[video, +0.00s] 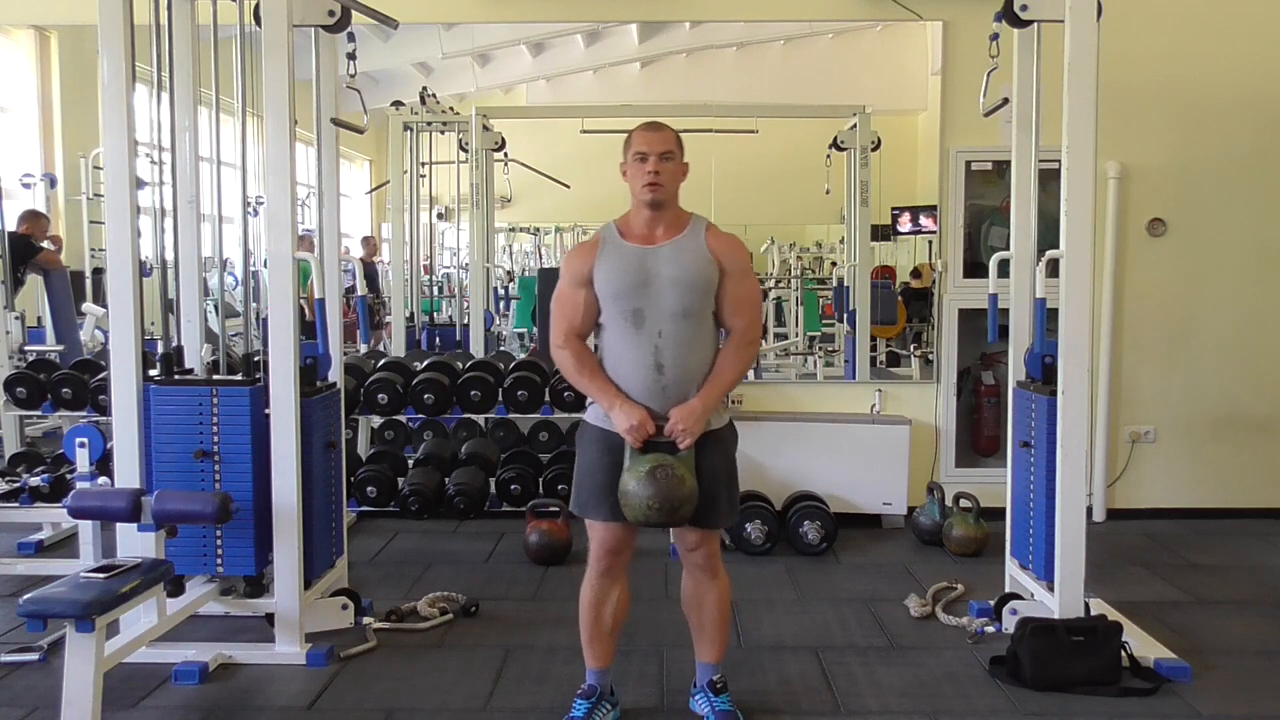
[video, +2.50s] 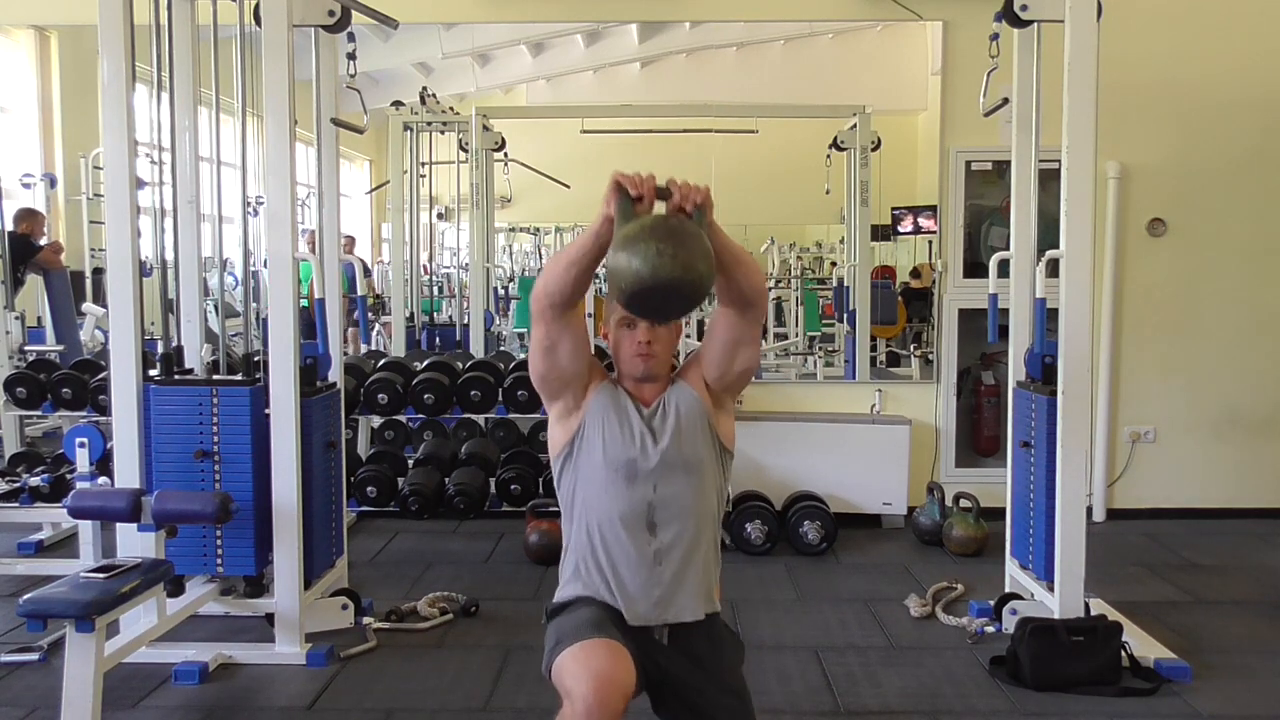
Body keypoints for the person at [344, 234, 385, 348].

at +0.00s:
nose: (376, 247)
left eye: (376, 245)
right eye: (374, 245)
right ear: (365, 247)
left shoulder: (373, 263)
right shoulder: (359, 264)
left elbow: (376, 282)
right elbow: (356, 283)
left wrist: (379, 298)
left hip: (376, 299)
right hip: (364, 300)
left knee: (379, 333)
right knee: (366, 334)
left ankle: (371, 355)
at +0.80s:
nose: (390, 248)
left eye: (390, 245)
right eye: (388, 245)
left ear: (383, 246)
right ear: (381, 247)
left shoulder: (389, 265)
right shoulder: (372, 266)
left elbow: (392, 285)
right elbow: (371, 288)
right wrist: (377, 307)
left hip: (390, 303)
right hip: (379, 304)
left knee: (388, 335)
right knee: (375, 336)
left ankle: (388, 358)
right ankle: (370, 358)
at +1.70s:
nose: (377, 248)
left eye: (380, 245)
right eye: (374, 245)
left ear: (383, 247)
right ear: (370, 247)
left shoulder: (390, 265)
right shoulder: (363, 265)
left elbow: (396, 286)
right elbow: (360, 289)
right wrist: (366, 308)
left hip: (386, 303)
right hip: (369, 303)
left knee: (386, 337)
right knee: (366, 337)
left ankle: (387, 364)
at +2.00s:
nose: (360, 248)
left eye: (363, 245)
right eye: (358, 245)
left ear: (369, 246)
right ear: (355, 247)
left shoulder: (377, 265)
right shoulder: (350, 266)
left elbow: (382, 286)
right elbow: (346, 288)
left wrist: (383, 304)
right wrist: (346, 309)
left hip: (372, 300)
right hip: (355, 301)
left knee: (378, 334)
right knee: (355, 336)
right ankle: (355, 361)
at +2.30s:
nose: (350, 248)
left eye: (353, 245)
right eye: (348, 245)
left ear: (358, 246)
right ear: (346, 246)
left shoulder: (367, 264)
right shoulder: (343, 264)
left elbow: (374, 285)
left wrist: (371, 305)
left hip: (363, 302)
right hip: (348, 302)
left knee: (366, 335)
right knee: (352, 335)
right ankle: (355, 360)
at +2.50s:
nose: (343, 248)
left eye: (346, 245)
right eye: (342, 245)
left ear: (353, 246)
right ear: (341, 246)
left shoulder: (360, 263)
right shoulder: (339, 263)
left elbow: (369, 281)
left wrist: (373, 294)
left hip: (356, 302)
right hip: (341, 301)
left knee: (352, 334)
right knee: (342, 334)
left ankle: (353, 362)